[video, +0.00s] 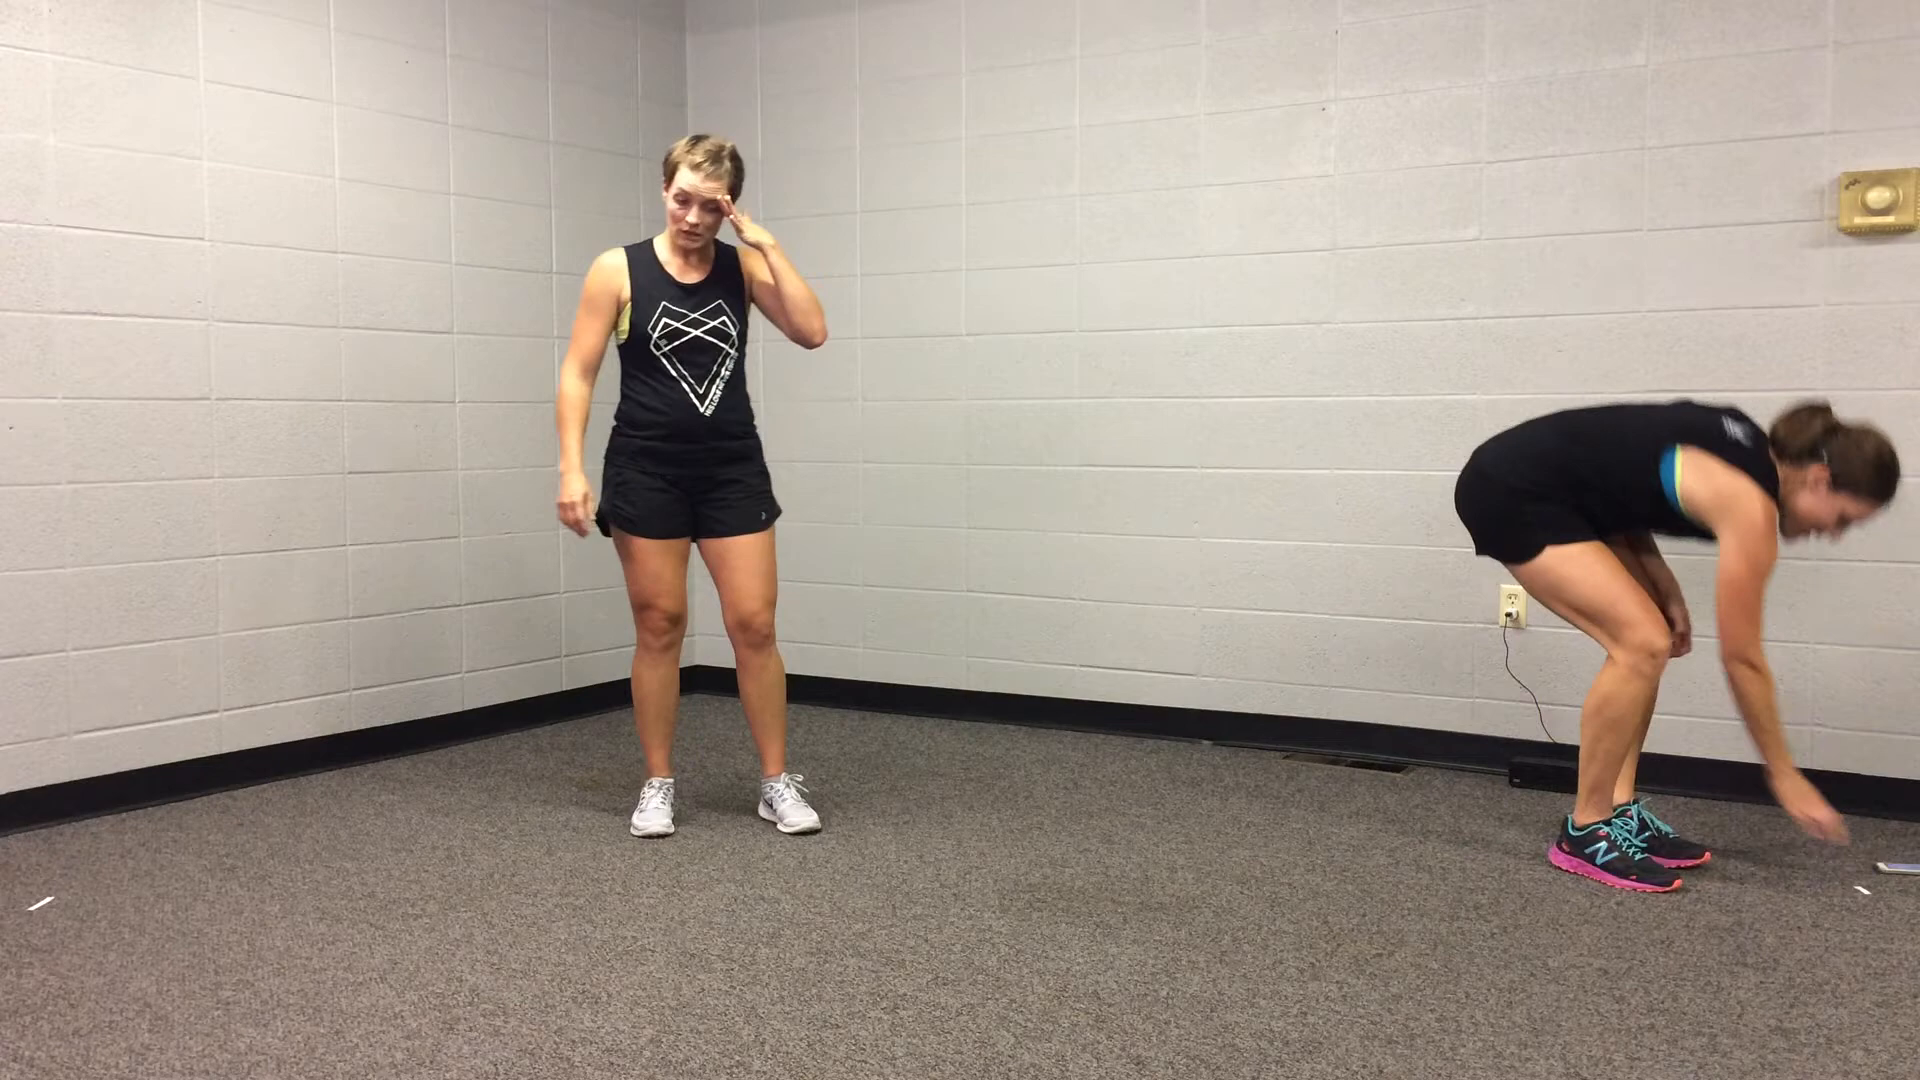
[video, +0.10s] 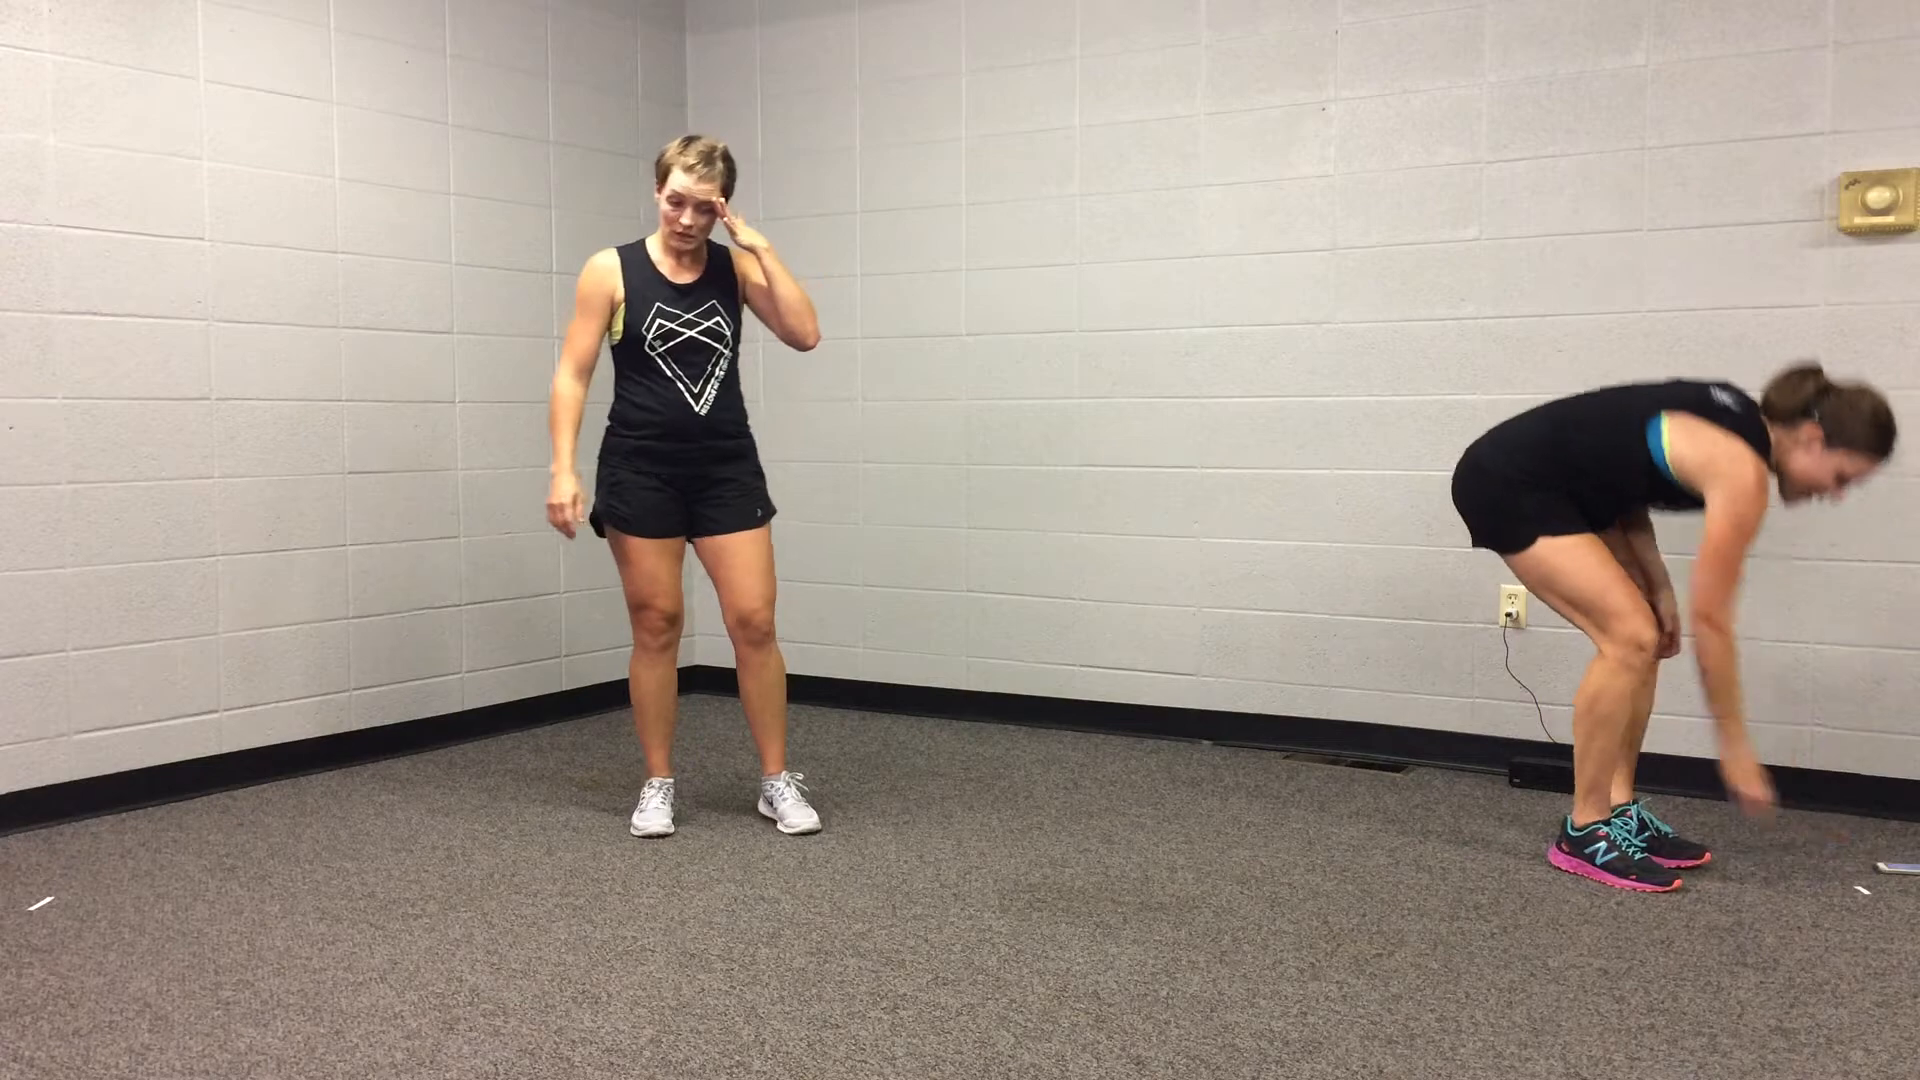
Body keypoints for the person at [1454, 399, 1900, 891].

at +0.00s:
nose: (1834, 534)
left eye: (1847, 526)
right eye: (1842, 519)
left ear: (1815, 472)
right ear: (1818, 479)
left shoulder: (1742, 444)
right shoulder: (1749, 509)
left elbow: (1605, 483)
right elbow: (1741, 660)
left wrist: (1662, 588)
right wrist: (1785, 776)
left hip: (1548, 482)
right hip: (1511, 491)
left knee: (1653, 636)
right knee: (1637, 643)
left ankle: (1619, 811)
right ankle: (1585, 828)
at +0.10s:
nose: (1835, 494)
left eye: (1849, 485)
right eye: (1841, 477)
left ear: (1809, 433)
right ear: (1809, 436)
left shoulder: (1737, 418)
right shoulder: (1742, 476)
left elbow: (1612, 473)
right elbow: (1709, 620)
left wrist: (1656, 585)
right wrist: (1735, 751)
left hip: (1555, 476)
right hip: (1508, 482)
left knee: (1646, 634)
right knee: (1627, 638)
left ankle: (1618, 812)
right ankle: (1584, 828)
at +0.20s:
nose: (1819, 429)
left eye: (1832, 417)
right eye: (1823, 408)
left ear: (1787, 368)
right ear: (1789, 370)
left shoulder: (1721, 389)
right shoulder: (1714, 412)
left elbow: (1638, 517)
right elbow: (1652, 540)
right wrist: (1651, 676)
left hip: (1558, 476)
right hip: (1499, 470)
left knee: (1635, 619)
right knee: (1601, 627)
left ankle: (1614, 809)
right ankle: (1579, 827)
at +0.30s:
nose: (1788, 362)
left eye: (1802, 350)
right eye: (1786, 340)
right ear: (1744, 306)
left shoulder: (1702, 371)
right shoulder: (1665, 348)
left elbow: (1650, 473)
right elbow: (1586, 463)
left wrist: (1641, 589)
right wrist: (1568, 595)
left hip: (1554, 466)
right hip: (1487, 460)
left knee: (1619, 614)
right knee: (1565, 618)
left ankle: (1611, 810)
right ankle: (1536, 812)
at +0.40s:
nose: (1736, 300)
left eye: (1751, 290)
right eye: (1730, 279)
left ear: (1760, 292)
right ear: (1691, 253)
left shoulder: (1684, 345)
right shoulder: (1610, 299)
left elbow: (1648, 452)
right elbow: (1515, 398)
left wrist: (1641, 569)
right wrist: (1496, 512)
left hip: (1546, 460)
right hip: (1473, 450)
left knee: (1612, 617)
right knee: (1524, 614)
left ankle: (1609, 809)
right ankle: (1445, 775)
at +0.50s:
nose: (1670, 256)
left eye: (1688, 246)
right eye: (1663, 235)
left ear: (1696, 250)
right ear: (1628, 218)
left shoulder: (1647, 318)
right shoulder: (1558, 273)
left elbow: (1627, 432)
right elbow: (1451, 360)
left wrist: (1632, 551)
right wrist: (1422, 471)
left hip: (1533, 462)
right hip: (1457, 450)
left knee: (1600, 618)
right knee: (1458, 624)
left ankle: (1609, 809)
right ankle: (1359, 752)